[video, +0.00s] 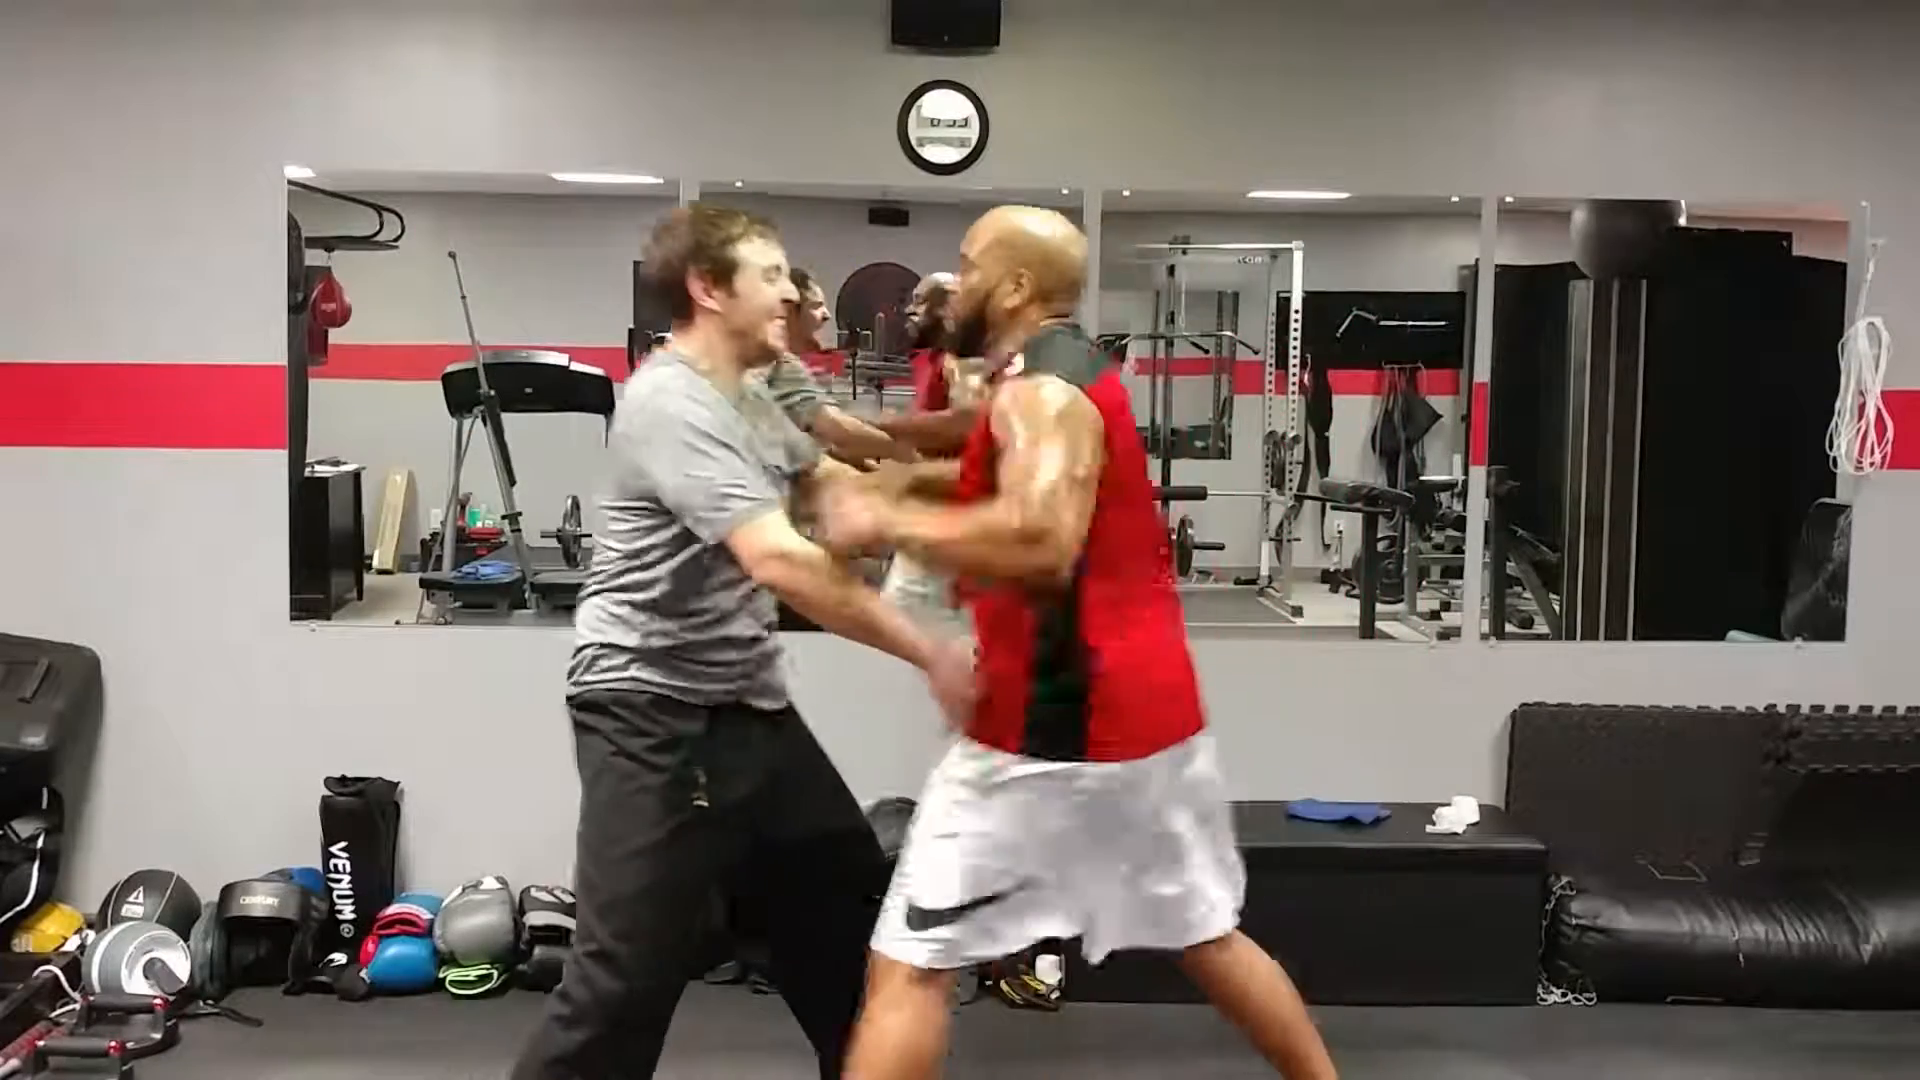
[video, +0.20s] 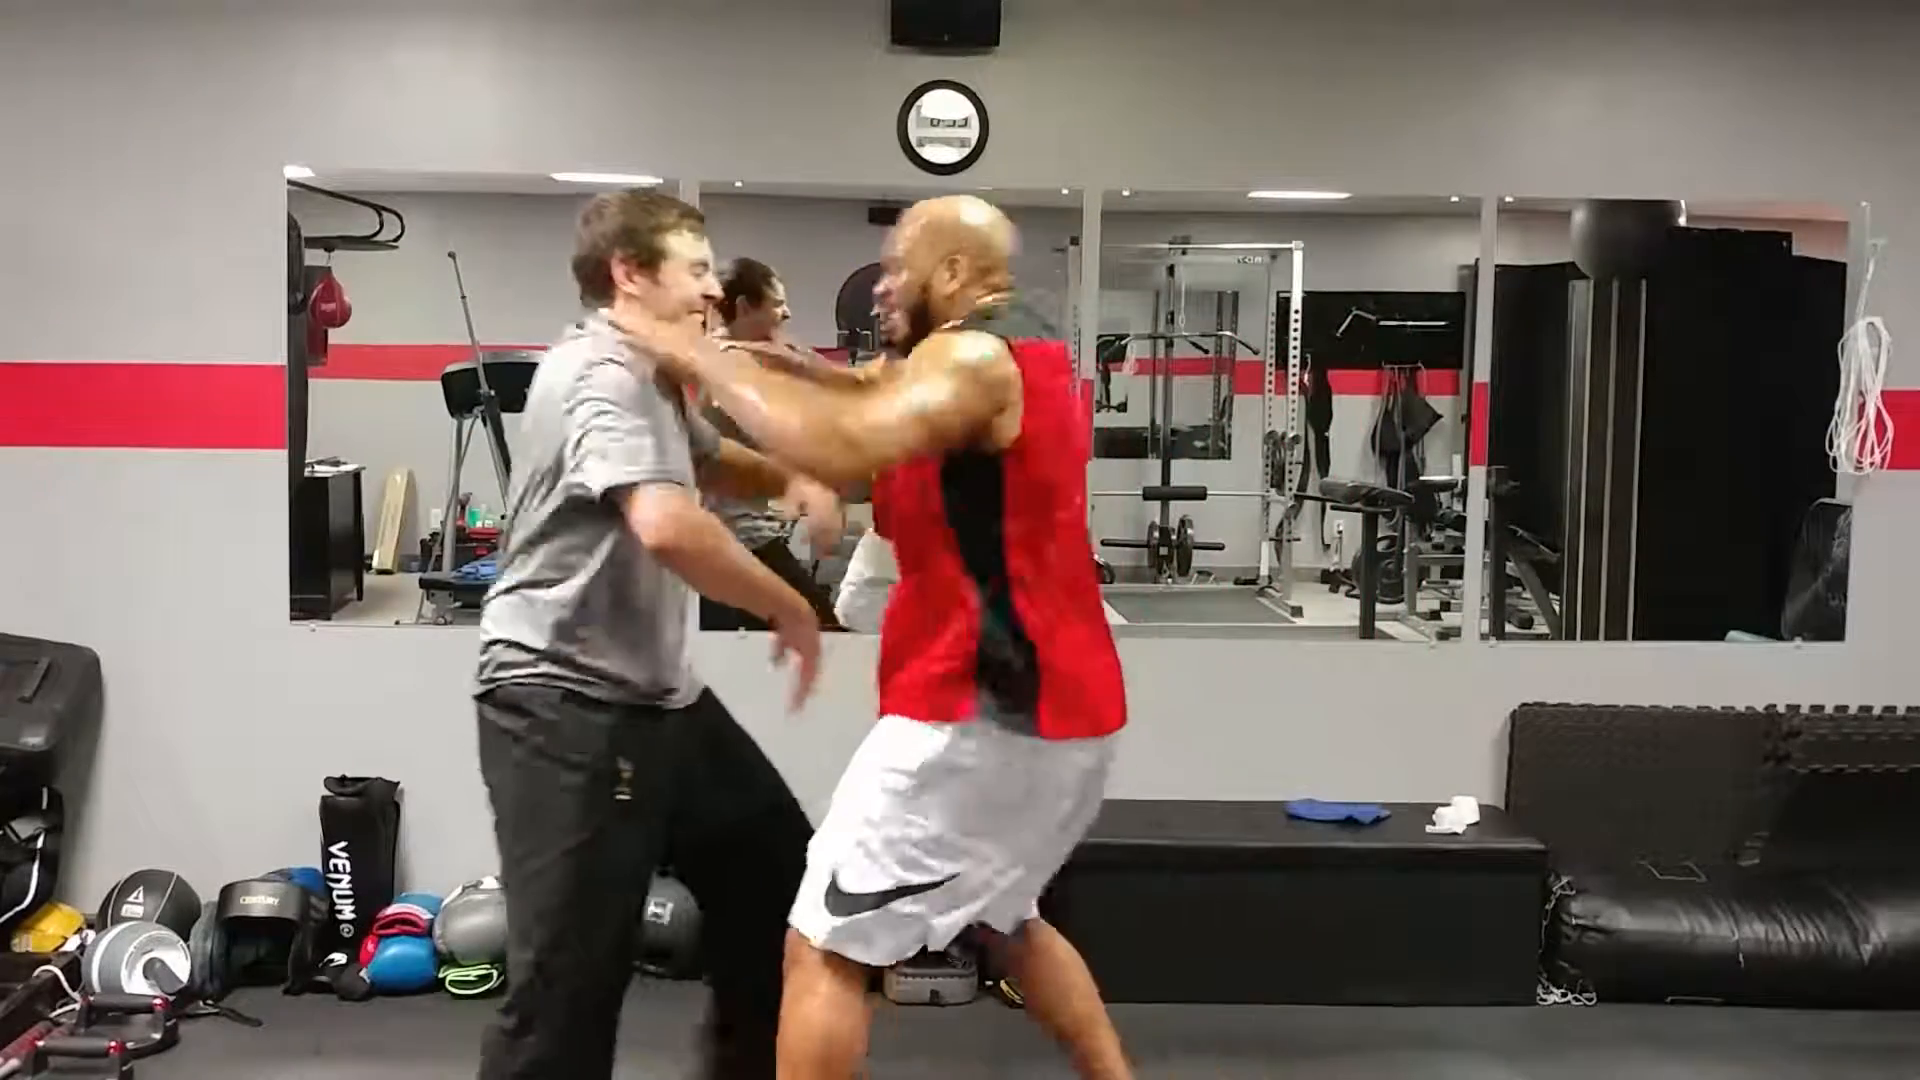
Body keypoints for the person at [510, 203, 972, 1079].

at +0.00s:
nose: (792, 294)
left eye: (789, 277)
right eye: (772, 277)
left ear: (723, 294)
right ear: (708, 290)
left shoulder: (751, 394)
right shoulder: (665, 405)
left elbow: (835, 485)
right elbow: (783, 567)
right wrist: (928, 649)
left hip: (749, 709)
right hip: (648, 713)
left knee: (858, 933)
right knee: (619, 990)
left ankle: (868, 1066)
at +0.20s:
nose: (712, 292)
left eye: (711, 273)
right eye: (695, 271)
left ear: (635, 280)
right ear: (627, 276)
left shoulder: (649, 370)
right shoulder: (602, 370)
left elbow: (700, 461)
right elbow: (664, 525)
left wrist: (795, 479)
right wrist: (789, 609)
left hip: (654, 698)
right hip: (562, 699)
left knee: (772, 865)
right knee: (566, 992)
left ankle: (748, 1062)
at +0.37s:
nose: (701, 325)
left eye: (704, 307)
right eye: (685, 302)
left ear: (628, 304)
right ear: (615, 299)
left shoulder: (638, 408)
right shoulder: (552, 390)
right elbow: (554, 570)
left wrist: (680, 514)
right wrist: (680, 587)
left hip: (594, 705)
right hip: (482, 697)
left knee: (658, 921)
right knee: (479, 950)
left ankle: (588, 1076)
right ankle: (473, 1078)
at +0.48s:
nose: (702, 379)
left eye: (706, 361)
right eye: (688, 358)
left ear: (632, 355)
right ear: (621, 349)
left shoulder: (614, 461)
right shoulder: (534, 453)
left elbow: (601, 614)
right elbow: (492, 629)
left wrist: (627, 572)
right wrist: (610, 638)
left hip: (543, 713)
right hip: (428, 710)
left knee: (618, 939)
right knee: (409, 954)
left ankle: (596, 1076)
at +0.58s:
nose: (679, 418)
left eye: (683, 400)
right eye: (668, 397)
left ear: (605, 390)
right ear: (599, 386)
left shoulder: (572, 469)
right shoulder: (500, 486)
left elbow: (525, 585)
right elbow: (440, 655)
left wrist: (576, 600)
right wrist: (542, 668)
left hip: (494, 733)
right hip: (380, 738)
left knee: (590, 941)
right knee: (317, 987)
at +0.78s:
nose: (563, 338)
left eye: (564, 318)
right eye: (546, 315)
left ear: (493, 317)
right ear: (477, 312)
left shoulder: (503, 423)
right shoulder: (375, 412)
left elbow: (480, 567)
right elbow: (352, 600)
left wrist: (539, 533)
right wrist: (488, 588)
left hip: (415, 702)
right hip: (291, 702)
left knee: (504, 911)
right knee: (240, 948)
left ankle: (547, 1073)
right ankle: (172, 1071)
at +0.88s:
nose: (525, 300)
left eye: (525, 279)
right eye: (507, 279)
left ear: (456, 284)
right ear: (436, 280)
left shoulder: (485, 393)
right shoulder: (336, 377)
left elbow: (526, 541)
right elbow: (347, 554)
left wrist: (550, 473)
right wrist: (494, 491)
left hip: (422, 705)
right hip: (287, 703)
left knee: (488, 947)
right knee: (230, 961)